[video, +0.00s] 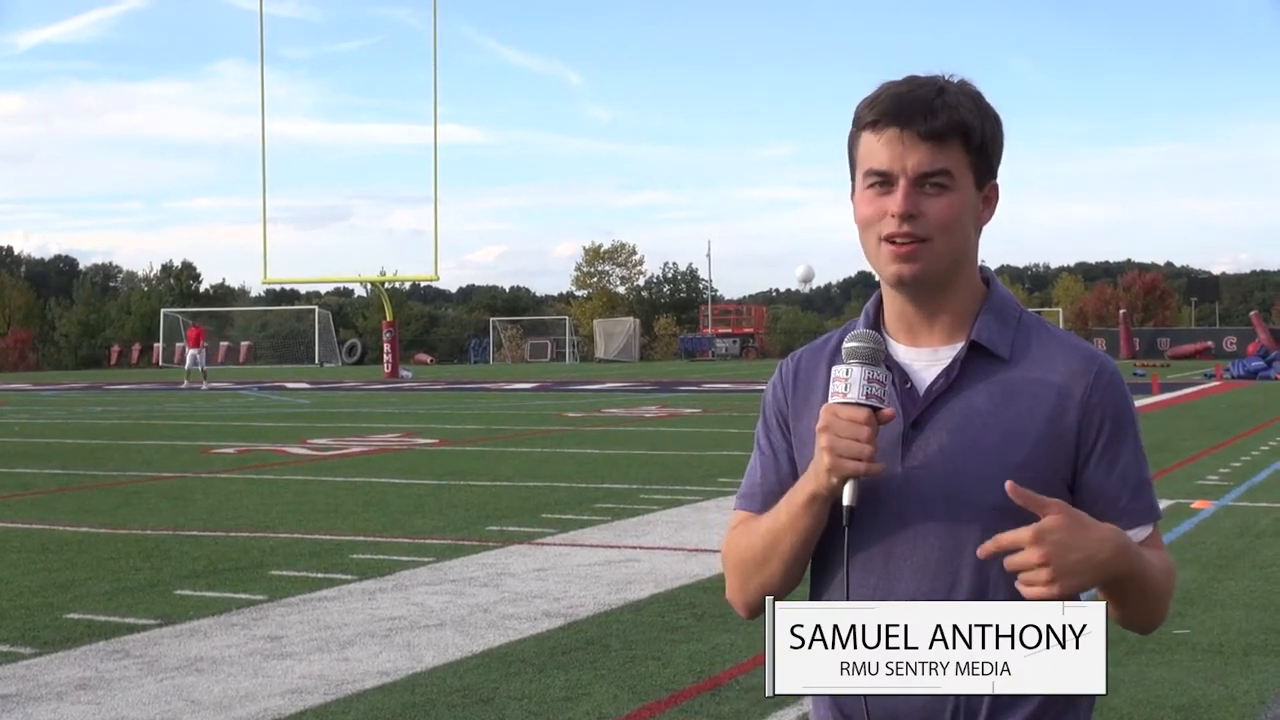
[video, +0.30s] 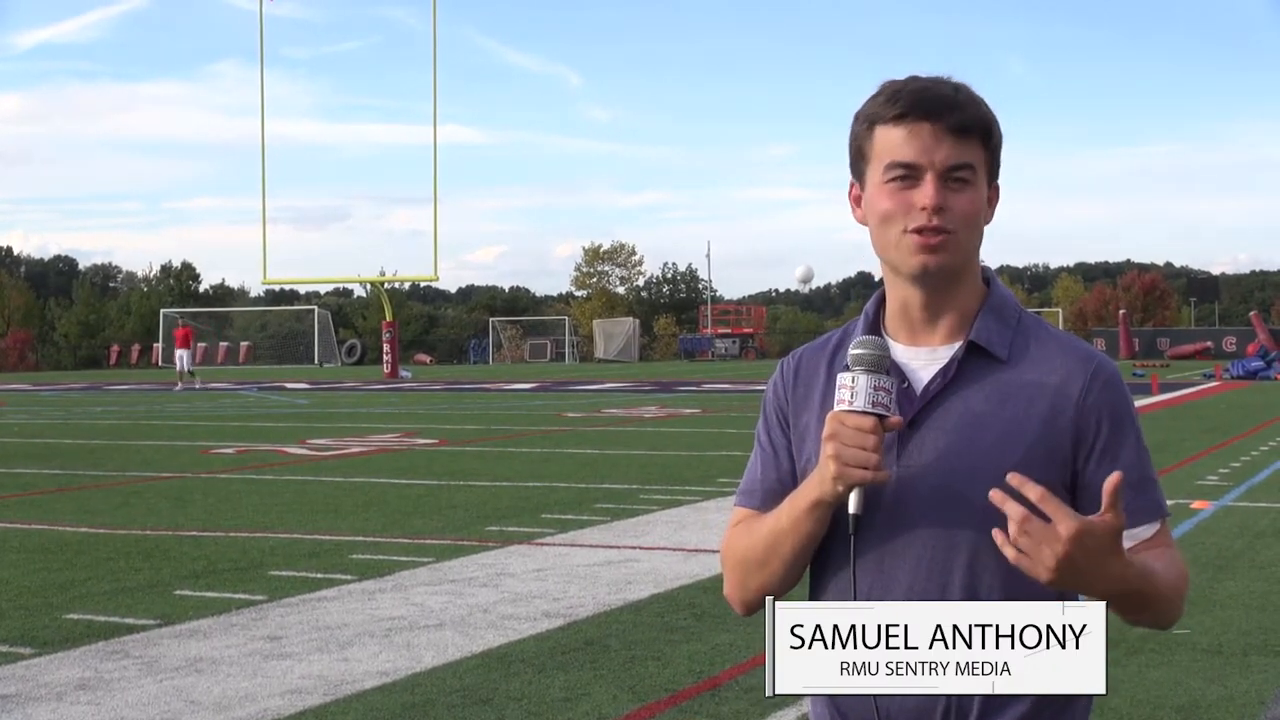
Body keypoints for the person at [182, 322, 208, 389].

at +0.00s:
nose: (193, 323)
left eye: (194, 321)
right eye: (192, 321)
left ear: (197, 322)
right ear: (190, 322)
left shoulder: (200, 330)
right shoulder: (188, 331)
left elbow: (202, 339)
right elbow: (187, 340)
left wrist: (201, 347)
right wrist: (187, 348)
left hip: (199, 349)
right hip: (191, 349)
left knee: (202, 367)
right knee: (187, 367)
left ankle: (205, 383)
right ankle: (186, 382)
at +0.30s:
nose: (181, 322)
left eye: (182, 321)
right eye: (180, 321)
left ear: (184, 322)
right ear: (178, 322)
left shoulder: (188, 330)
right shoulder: (176, 331)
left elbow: (192, 341)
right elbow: (176, 342)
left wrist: (192, 351)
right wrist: (175, 352)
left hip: (186, 350)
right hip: (178, 350)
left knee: (187, 368)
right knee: (179, 368)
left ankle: (196, 380)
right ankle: (180, 384)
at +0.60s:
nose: (173, 323)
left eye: (175, 322)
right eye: (172, 322)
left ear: (177, 323)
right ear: (170, 323)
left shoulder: (180, 330)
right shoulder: (168, 331)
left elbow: (185, 340)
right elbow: (164, 341)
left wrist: (186, 346)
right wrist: (162, 346)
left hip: (178, 349)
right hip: (171, 350)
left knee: (173, 367)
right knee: (175, 368)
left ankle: (172, 383)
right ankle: (179, 383)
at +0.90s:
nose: (164, 324)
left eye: (166, 322)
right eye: (163, 322)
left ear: (168, 323)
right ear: (162, 323)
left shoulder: (172, 331)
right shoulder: (158, 331)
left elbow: (176, 343)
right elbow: (155, 343)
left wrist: (176, 355)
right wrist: (153, 354)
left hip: (168, 350)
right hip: (160, 350)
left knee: (165, 369)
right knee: (159, 370)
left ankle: (166, 385)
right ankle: (169, 382)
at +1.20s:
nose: (155, 324)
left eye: (156, 323)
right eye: (154, 323)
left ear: (158, 323)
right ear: (152, 323)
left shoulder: (161, 331)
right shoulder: (149, 332)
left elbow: (162, 342)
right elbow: (148, 343)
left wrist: (154, 348)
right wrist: (146, 352)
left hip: (160, 351)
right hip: (151, 351)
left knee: (161, 370)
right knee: (148, 369)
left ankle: (165, 386)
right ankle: (144, 384)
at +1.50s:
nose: (141, 323)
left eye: (142, 322)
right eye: (140, 322)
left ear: (145, 323)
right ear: (138, 323)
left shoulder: (148, 330)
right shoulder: (135, 331)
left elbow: (151, 341)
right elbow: (133, 344)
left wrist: (150, 351)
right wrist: (132, 355)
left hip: (145, 351)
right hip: (137, 351)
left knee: (145, 370)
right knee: (138, 371)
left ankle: (154, 382)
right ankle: (140, 386)